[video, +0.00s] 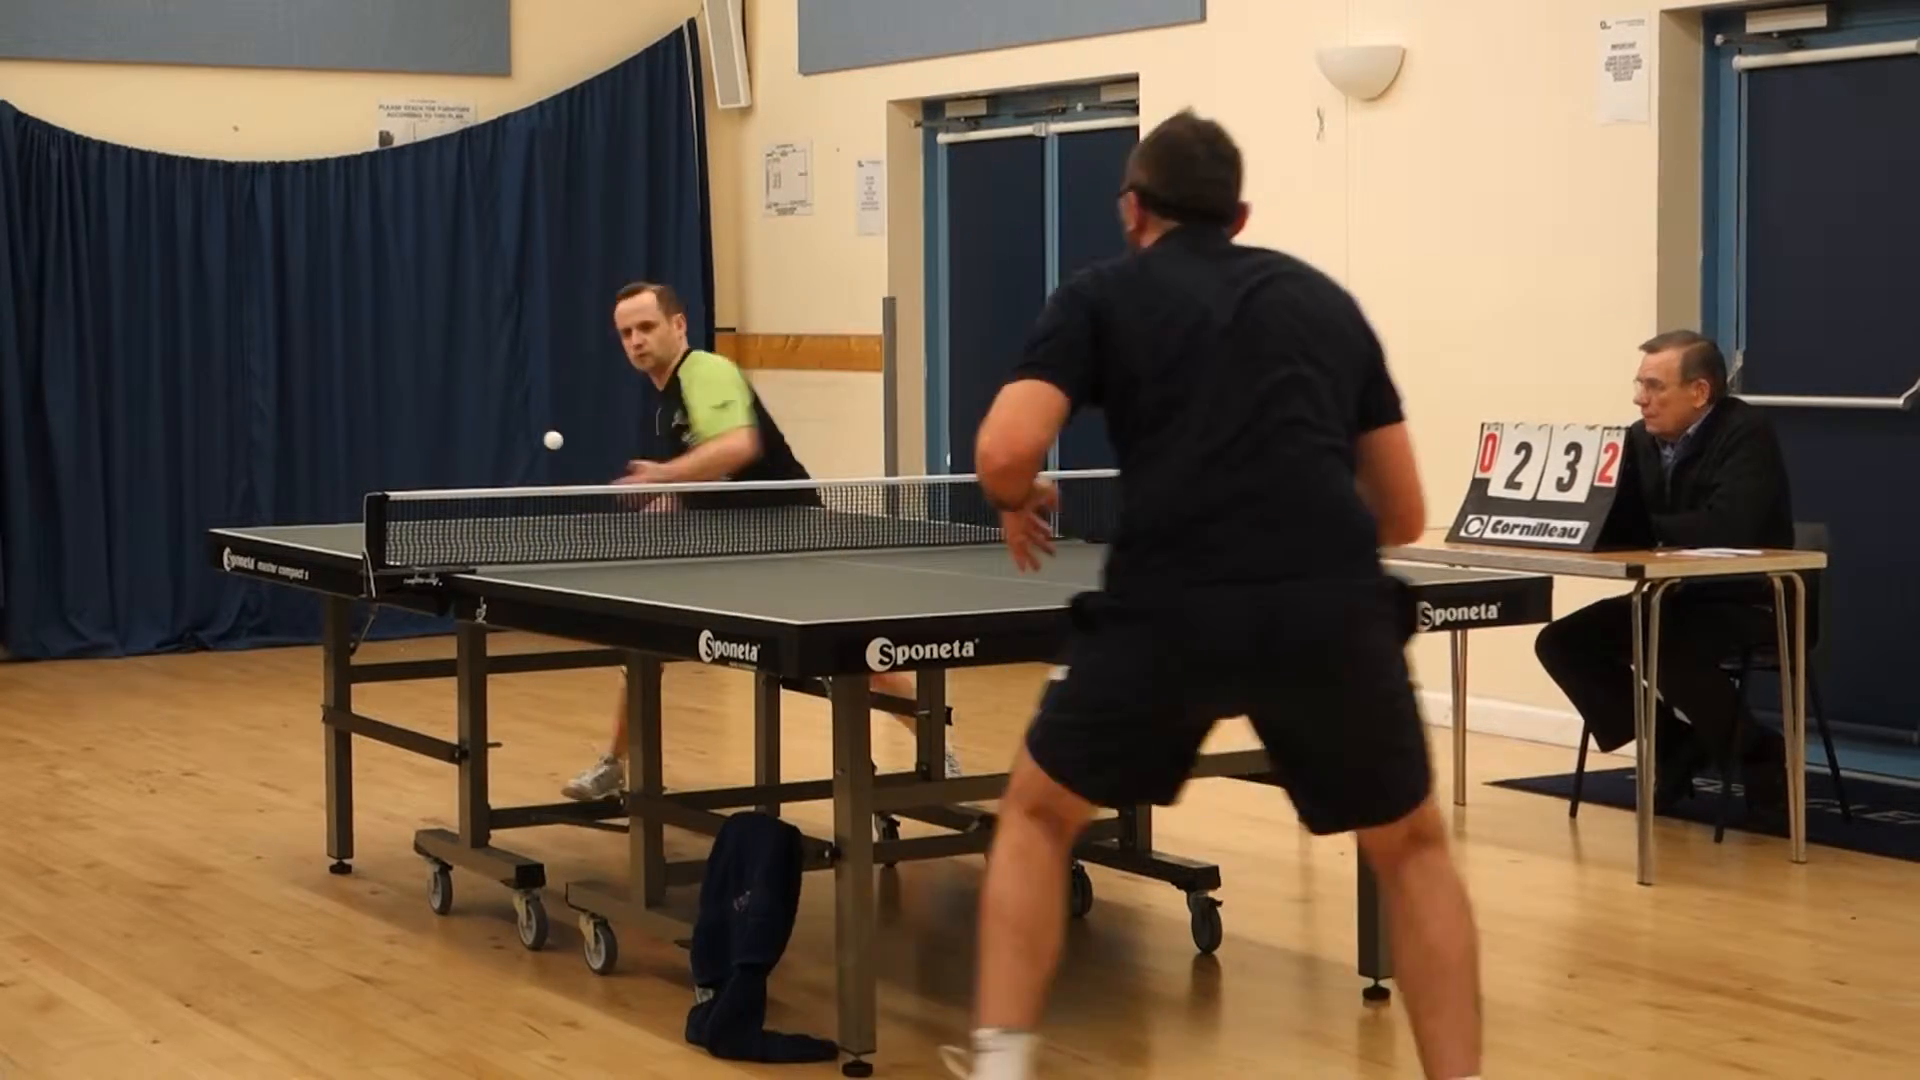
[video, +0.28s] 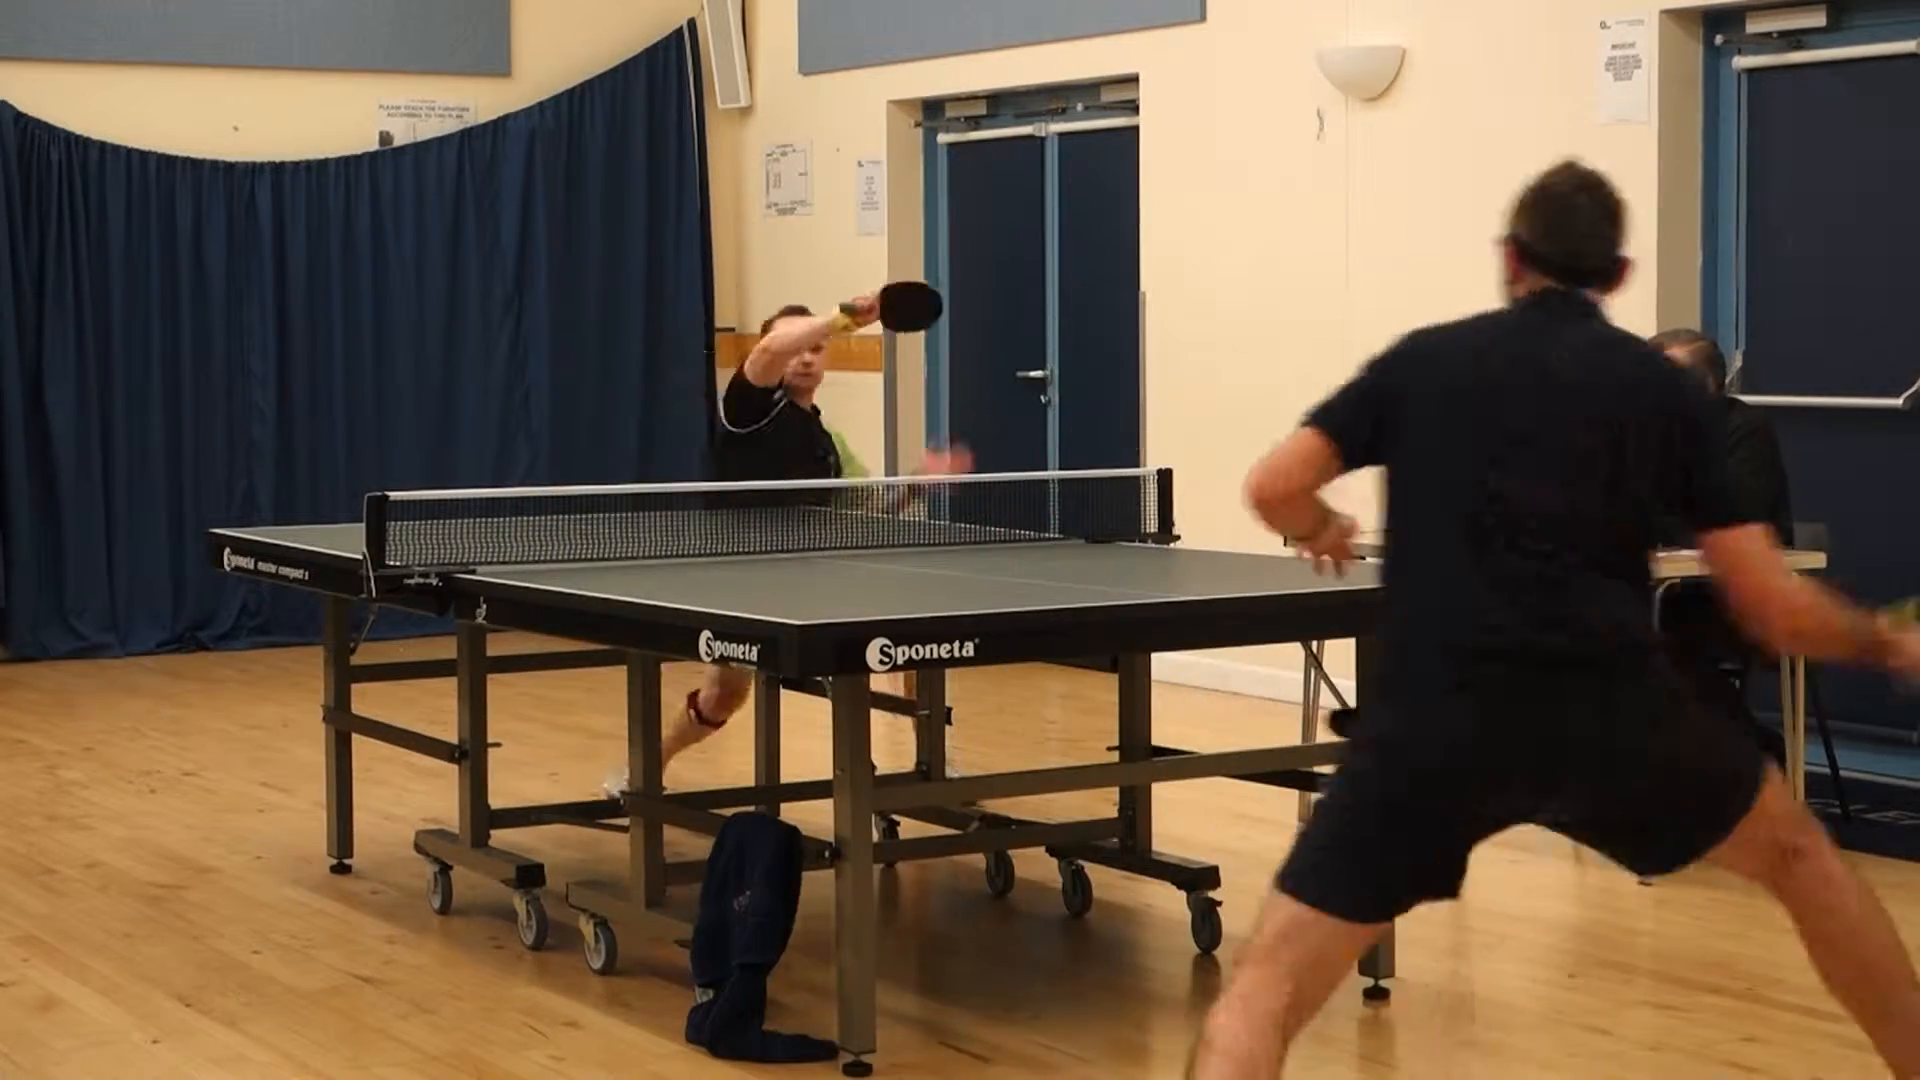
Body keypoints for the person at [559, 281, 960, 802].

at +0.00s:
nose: (634, 342)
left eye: (645, 328)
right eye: (625, 334)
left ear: (678, 326)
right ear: (622, 340)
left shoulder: (707, 371)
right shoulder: (668, 390)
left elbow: (741, 443)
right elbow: (707, 458)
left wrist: (666, 471)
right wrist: (677, 493)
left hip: (789, 530)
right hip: (729, 537)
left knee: (848, 650)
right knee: (645, 633)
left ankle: (936, 743)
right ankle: (618, 763)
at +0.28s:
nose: (805, 360)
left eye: (815, 349)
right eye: (792, 349)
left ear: (828, 357)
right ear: (768, 352)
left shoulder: (822, 439)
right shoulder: (749, 410)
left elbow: (861, 506)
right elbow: (772, 346)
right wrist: (845, 318)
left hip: (812, 572)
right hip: (743, 572)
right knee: (723, 696)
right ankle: (647, 768)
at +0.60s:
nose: (745, 257)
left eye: (752, 246)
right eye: (731, 246)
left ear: (759, 254)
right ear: (699, 253)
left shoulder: (771, 337)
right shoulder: (659, 319)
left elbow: (791, 416)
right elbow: (597, 374)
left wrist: (812, 475)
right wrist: (628, 357)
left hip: (736, 506)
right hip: (656, 506)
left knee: (791, 617)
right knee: (629, 630)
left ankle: (785, 747)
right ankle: (596, 751)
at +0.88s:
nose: (642, 263)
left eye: (650, 253)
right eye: (629, 252)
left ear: (657, 263)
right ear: (598, 259)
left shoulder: (676, 339)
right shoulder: (562, 343)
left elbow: (708, 417)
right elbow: (527, 429)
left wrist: (739, 475)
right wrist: (502, 508)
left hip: (660, 518)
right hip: (578, 519)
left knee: (719, 623)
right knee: (550, 627)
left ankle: (770, 746)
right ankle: (533, 738)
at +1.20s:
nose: (595, 239)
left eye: (603, 232)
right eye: (583, 228)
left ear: (611, 242)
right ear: (553, 234)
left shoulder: (631, 313)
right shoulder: (522, 316)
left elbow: (650, 395)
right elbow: (486, 400)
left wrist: (616, 455)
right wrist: (465, 475)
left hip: (615, 492)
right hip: (537, 494)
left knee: (645, 606)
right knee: (535, 616)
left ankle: (627, 706)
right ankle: (531, 735)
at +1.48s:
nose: (607, 246)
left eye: (616, 238)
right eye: (597, 234)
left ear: (624, 247)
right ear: (566, 237)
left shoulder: (641, 319)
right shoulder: (530, 315)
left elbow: (666, 392)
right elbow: (499, 390)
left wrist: (674, 444)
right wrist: (489, 452)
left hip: (620, 495)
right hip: (542, 495)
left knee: (622, 612)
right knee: (537, 615)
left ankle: (614, 723)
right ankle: (533, 730)